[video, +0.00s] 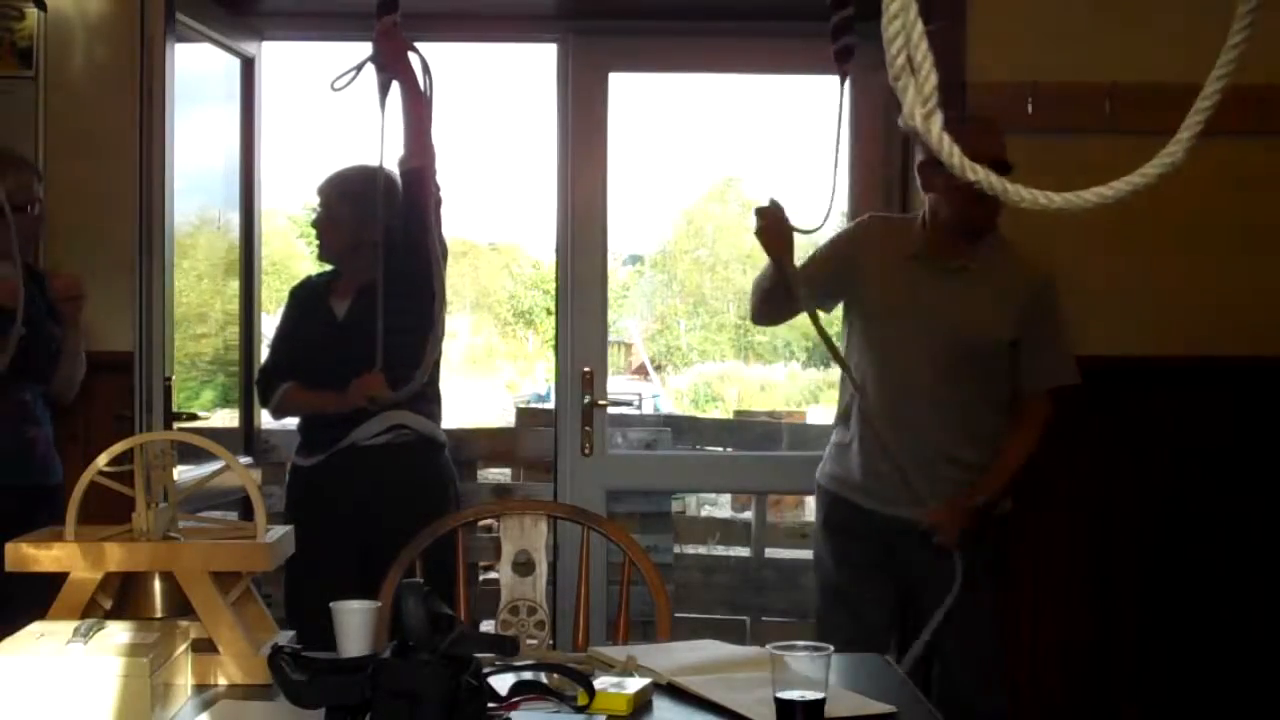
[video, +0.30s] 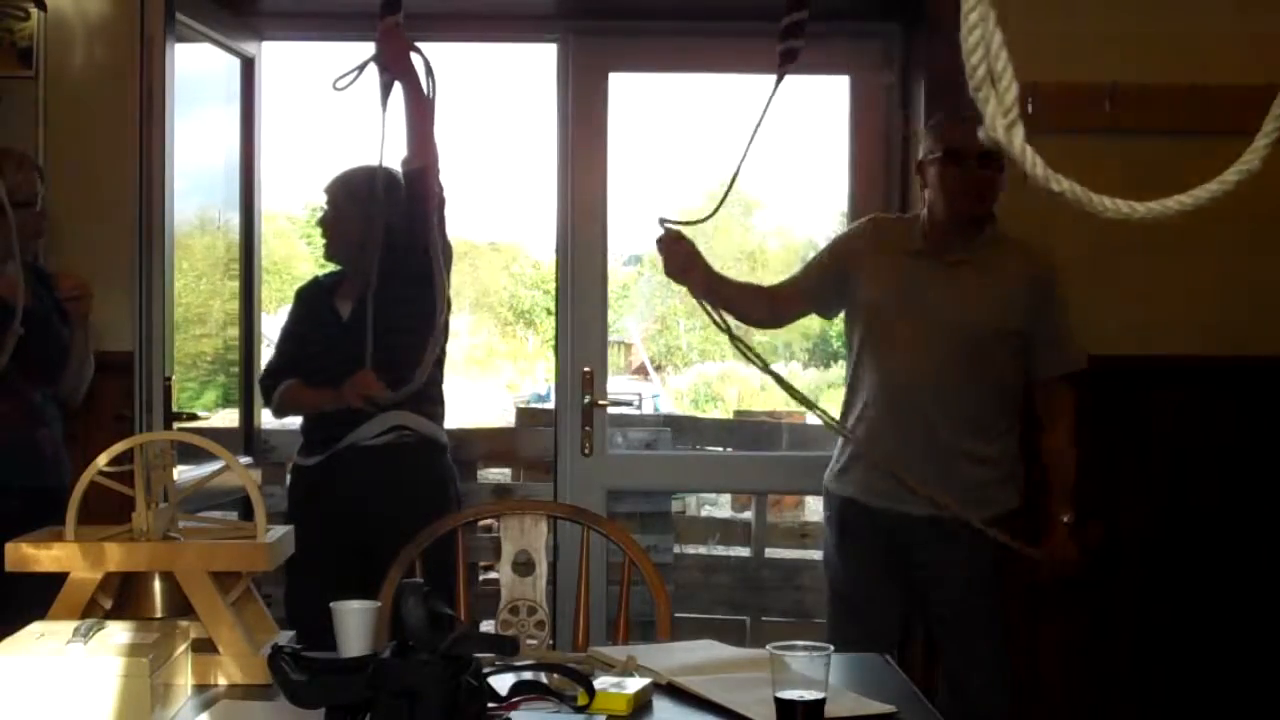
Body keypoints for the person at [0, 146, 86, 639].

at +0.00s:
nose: (33, 215)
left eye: (37, 202)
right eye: (19, 204)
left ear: (44, 206)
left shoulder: (42, 284)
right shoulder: (5, 282)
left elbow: (62, 389)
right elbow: (8, 365)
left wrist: (73, 321)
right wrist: (15, 310)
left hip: (38, 458)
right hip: (8, 457)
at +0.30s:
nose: (36, 215)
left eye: (39, 200)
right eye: (21, 202)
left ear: (46, 202)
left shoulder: (41, 281)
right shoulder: (6, 281)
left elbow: (70, 391)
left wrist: (80, 324)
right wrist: (13, 312)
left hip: (44, 470)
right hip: (12, 472)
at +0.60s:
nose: (25, 215)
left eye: (29, 201)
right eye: (16, 199)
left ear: (32, 207)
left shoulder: (43, 284)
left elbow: (75, 395)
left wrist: (84, 325)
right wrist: (15, 308)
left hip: (41, 475)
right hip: (13, 476)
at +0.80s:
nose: (16, 218)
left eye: (25, 202)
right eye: (6, 202)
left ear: (39, 208)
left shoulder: (48, 287)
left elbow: (82, 397)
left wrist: (83, 327)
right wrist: (21, 316)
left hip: (45, 480)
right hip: (6, 483)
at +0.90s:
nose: (30, 211)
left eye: (34, 197)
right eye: (18, 198)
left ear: (44, 205)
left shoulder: (49, 285)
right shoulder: (4, 283)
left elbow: (83, 396)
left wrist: (81, 325)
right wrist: (16, 314)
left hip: (47, 470)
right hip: (8, 472)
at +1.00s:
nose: (33, 212)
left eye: (37, 199)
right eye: (20, 198)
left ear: (47, 208)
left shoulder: (48, 289)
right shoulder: (5, 286)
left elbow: (82, 396)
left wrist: (79, 323)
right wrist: (14, 310)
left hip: (46, 470)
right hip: (7, 469)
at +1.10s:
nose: (29, 212)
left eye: (33, 198)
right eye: (17, 199)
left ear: (43, 207)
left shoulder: (47, 288)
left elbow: (80, 396)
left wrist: (77, 327)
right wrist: (12, 306)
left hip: (44, 468)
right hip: (8, 467)